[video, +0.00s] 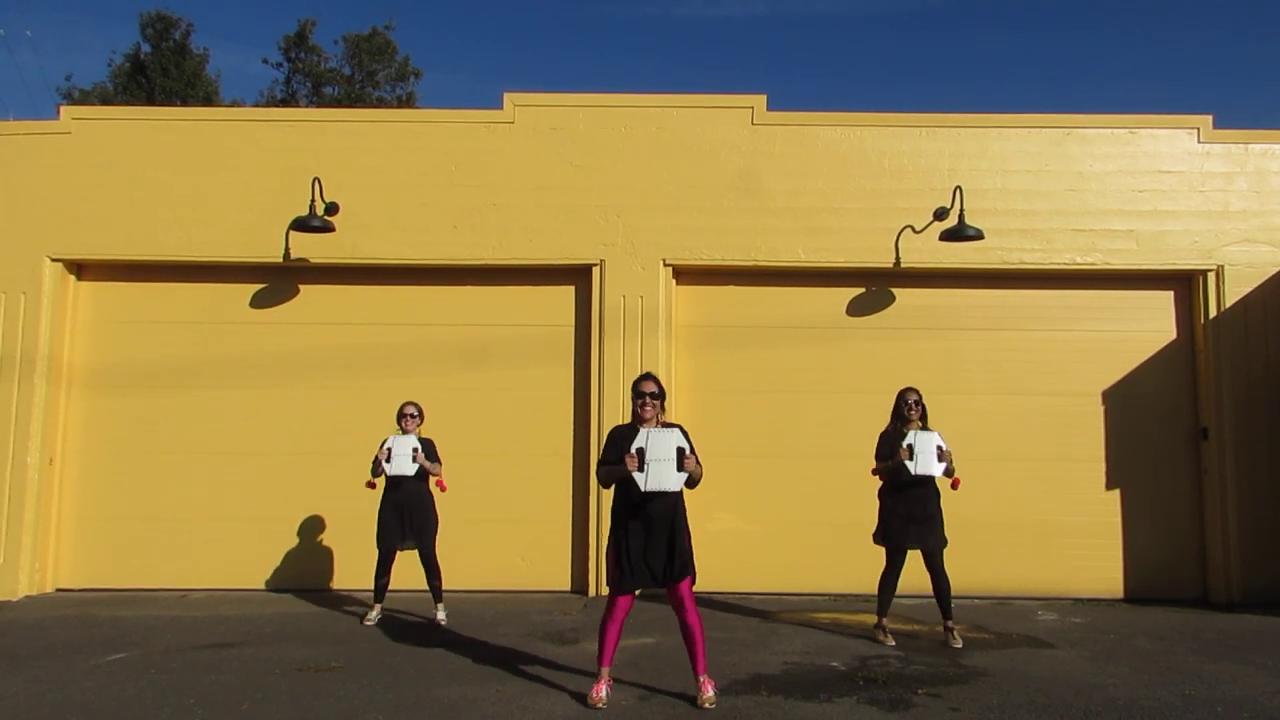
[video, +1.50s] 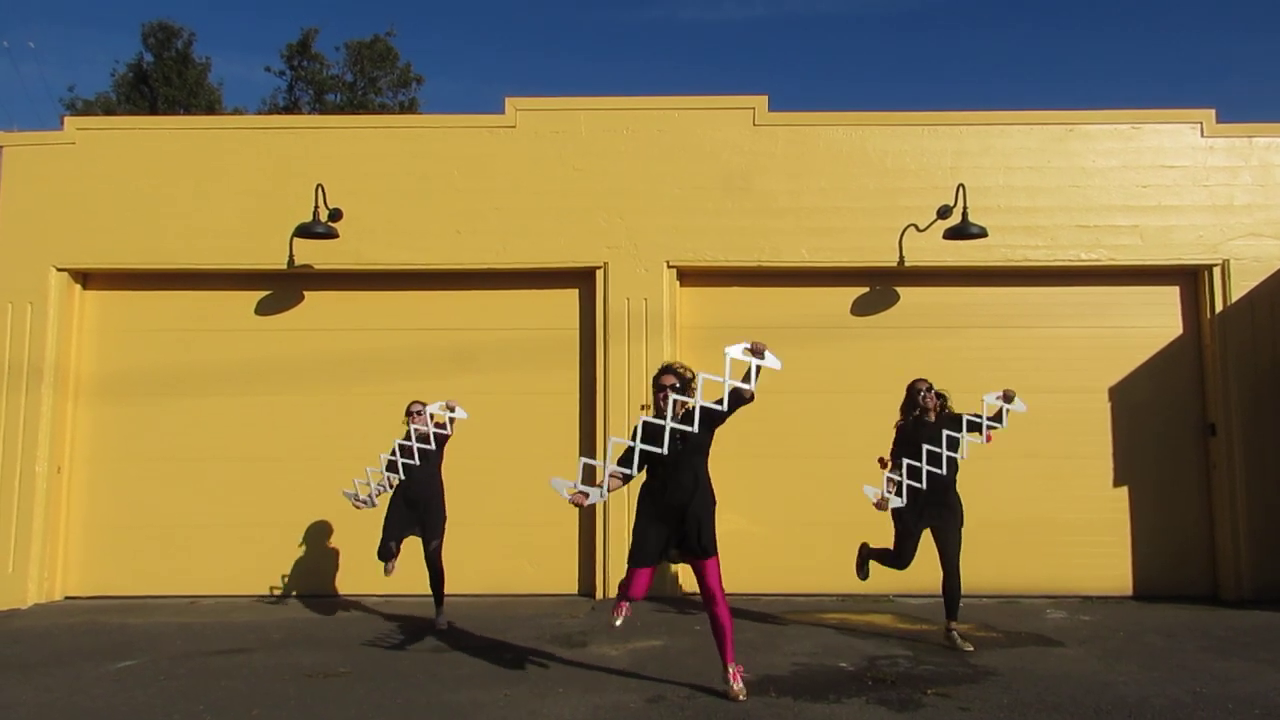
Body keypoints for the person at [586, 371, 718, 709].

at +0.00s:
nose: (645, 401)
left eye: (652, 396)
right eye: (640, 395)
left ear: (661, 401)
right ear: (632, 399)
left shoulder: (676, 434)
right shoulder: (620, 435)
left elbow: (693, 481)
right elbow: (603, 477)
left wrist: (694, 469)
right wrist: (623, 467)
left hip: (671, 532)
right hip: (629, 532)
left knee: (684, 602)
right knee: (619, 603)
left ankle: (702, 679)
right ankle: (603, 678)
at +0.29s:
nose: (647, 397)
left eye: (653, 393)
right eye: (641, 393)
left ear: (664, 402)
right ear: (633, 401)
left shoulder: (677, 437)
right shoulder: (618, 440)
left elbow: (695, 488)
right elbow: (600, 489)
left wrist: (686, 480)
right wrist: (617, 479)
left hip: (671, 535)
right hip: (630, 535)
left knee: (672, 604)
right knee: (627, 605)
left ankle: (677, 671)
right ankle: (618, 672)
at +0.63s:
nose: (647, 415)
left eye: (653, 409)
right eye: (641, 409)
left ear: (664, 411)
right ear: (633, 411)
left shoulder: (676, 443)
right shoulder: (623, 444)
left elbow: (691, 475)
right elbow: (612, 475)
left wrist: (691, 465)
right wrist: (623, 467)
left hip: (674, 539)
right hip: (631, 540)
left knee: (685, 608)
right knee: (621, 612)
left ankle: (701, 683)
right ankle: (607, 683)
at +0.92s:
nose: (648, 403)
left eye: (655, 398)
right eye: (643, 398)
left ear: (667, 404)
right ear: (636, 403)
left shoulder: (679, 441)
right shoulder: (620, 442)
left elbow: (695, 491)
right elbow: (600, 486)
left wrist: (683, 482)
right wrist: (614, 480)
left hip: (671, 536)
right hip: (630, 535)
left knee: (668, 604)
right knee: (630, 606)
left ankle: (671, 671)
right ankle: (624, 671)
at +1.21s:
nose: (651, 402)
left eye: (658, 397)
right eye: (645, 397)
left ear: (671, 402)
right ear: (638, 401)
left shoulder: (681, 439)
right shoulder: (627, 438)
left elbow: (701, 479)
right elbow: (609, 480)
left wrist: (699, 475)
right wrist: (630, 471)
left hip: (678, 533)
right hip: (633, 533)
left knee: (700, 602)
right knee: (618, 608)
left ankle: (722, 676)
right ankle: (601, 675)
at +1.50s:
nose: (665, 394)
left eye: (672, 389)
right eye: (660, 389)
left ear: (686, 392)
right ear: (653, 392)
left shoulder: (704, 417)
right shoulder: (647, 427)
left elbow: (741, 395)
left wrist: (755, 362)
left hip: (696, 515)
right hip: (654, 516)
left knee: (713, 594)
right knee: (636, 592)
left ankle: (731, 668)